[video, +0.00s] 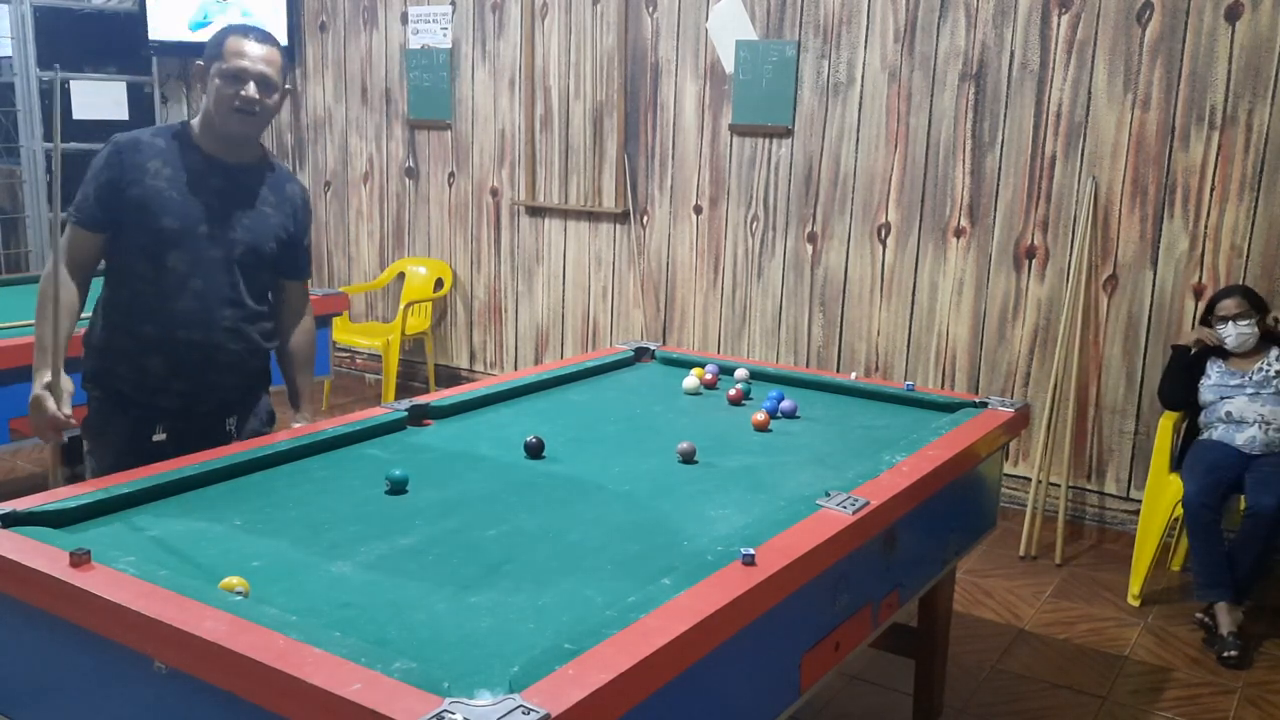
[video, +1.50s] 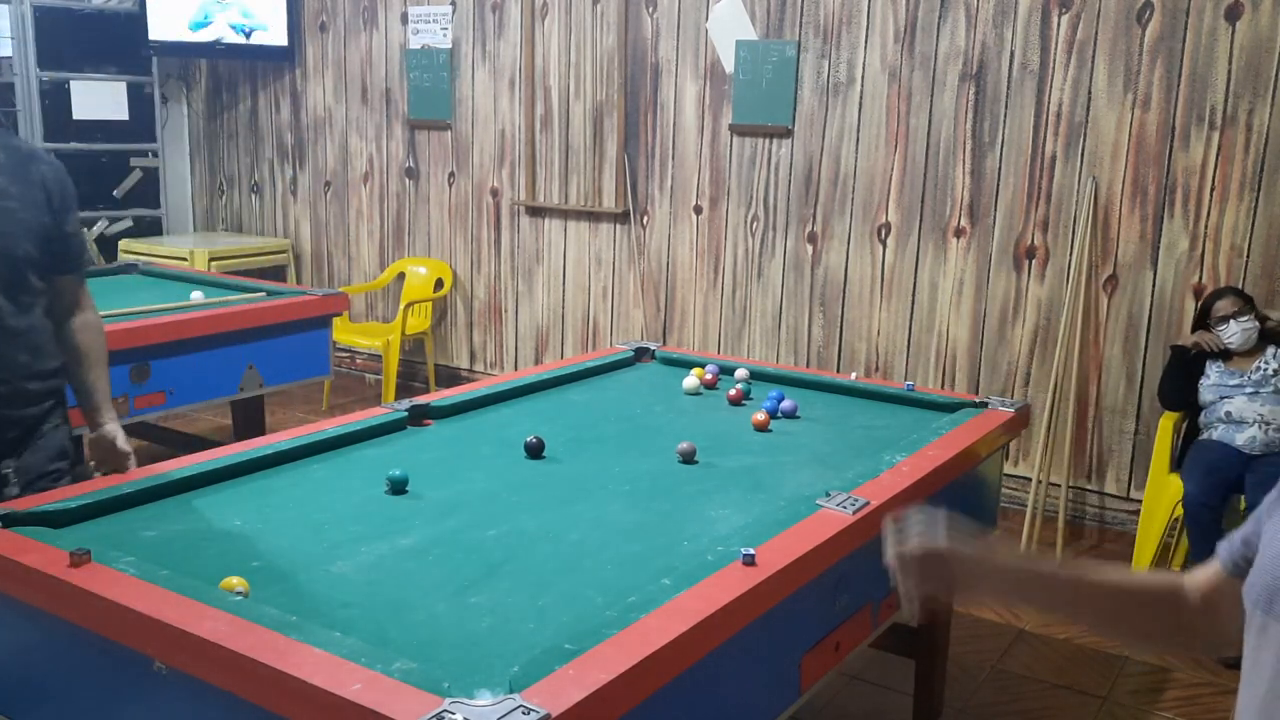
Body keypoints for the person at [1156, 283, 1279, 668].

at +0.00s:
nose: (1233, 326)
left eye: (1242, 318)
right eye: (1223, 320)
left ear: (1262, 321)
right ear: (1211, 326)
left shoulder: (1276, 355)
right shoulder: (1205, 361)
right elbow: (1171, 400)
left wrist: (1276, 331)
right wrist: (1188, 348)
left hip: (1271, 450)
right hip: (1218, 443)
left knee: (1268, 511)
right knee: (1197, 499)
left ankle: (1221, 604)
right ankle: (1224, 612)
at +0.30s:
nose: (1232, 326)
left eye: (1240, 316)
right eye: (1221, 320)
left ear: (1258, 319)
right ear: (1209, 327)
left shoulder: (1276, 355)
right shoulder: (1205, 361)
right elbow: (1171, 400)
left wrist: (1277, 335)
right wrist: (1186, 348)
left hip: (1272, 449)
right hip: (1218, 443)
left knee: (1268, 511)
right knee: (1197, 498)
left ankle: (1221, 605)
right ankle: (1224, 612)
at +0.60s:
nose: (1233, 324)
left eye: (1240, 315)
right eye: (1222, 318)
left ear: (1257, 317)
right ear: (1208, 326)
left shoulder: (1275, 353)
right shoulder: (1204, 360)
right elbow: (1171, 400)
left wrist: (1276, 334)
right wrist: (1186, 348)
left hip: (1271, 449)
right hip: (1218, 443)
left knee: (1268, 512)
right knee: (1197, 499)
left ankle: (1222, 604)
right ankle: (1225, 612)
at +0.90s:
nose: (1234, 324)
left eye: (1240, 315)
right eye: (1222, 319)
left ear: (1257, 317)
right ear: (1208, 327)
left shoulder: (1275, 353)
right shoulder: (1204, 361)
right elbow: (1171, 401)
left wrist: (1278, 327)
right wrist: (1185, 349)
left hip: (1272, 447)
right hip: (1219, 442)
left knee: (1259, 508)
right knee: (1203, 498)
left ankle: (1222, 603)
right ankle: (1225, 613)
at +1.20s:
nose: (1233, 324)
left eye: (1240, 315)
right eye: (1221, 320)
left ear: (1255, 317)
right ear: (1208, 328)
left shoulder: (1275, 353)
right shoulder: (1205, 362)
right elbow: (1171, 400)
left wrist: (1278, 329)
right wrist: (1185, 349)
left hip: (1272, 447)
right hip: (1220, 442)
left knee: (1256, 512)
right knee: (1198, 501)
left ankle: (1221, 605)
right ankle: (1226, 617)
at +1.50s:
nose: (1235, 326)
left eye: (1242, 315)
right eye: (1222, 322)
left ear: (1255, 315)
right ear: (1209, 330)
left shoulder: (1273, 353)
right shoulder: (1203, 361)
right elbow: (1171, 402)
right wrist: (1185, 347)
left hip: (1270, 447)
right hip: (1218, 442)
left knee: (1267, 503)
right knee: (1198, 495)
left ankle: (1263, 573)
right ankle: (1206, 571)